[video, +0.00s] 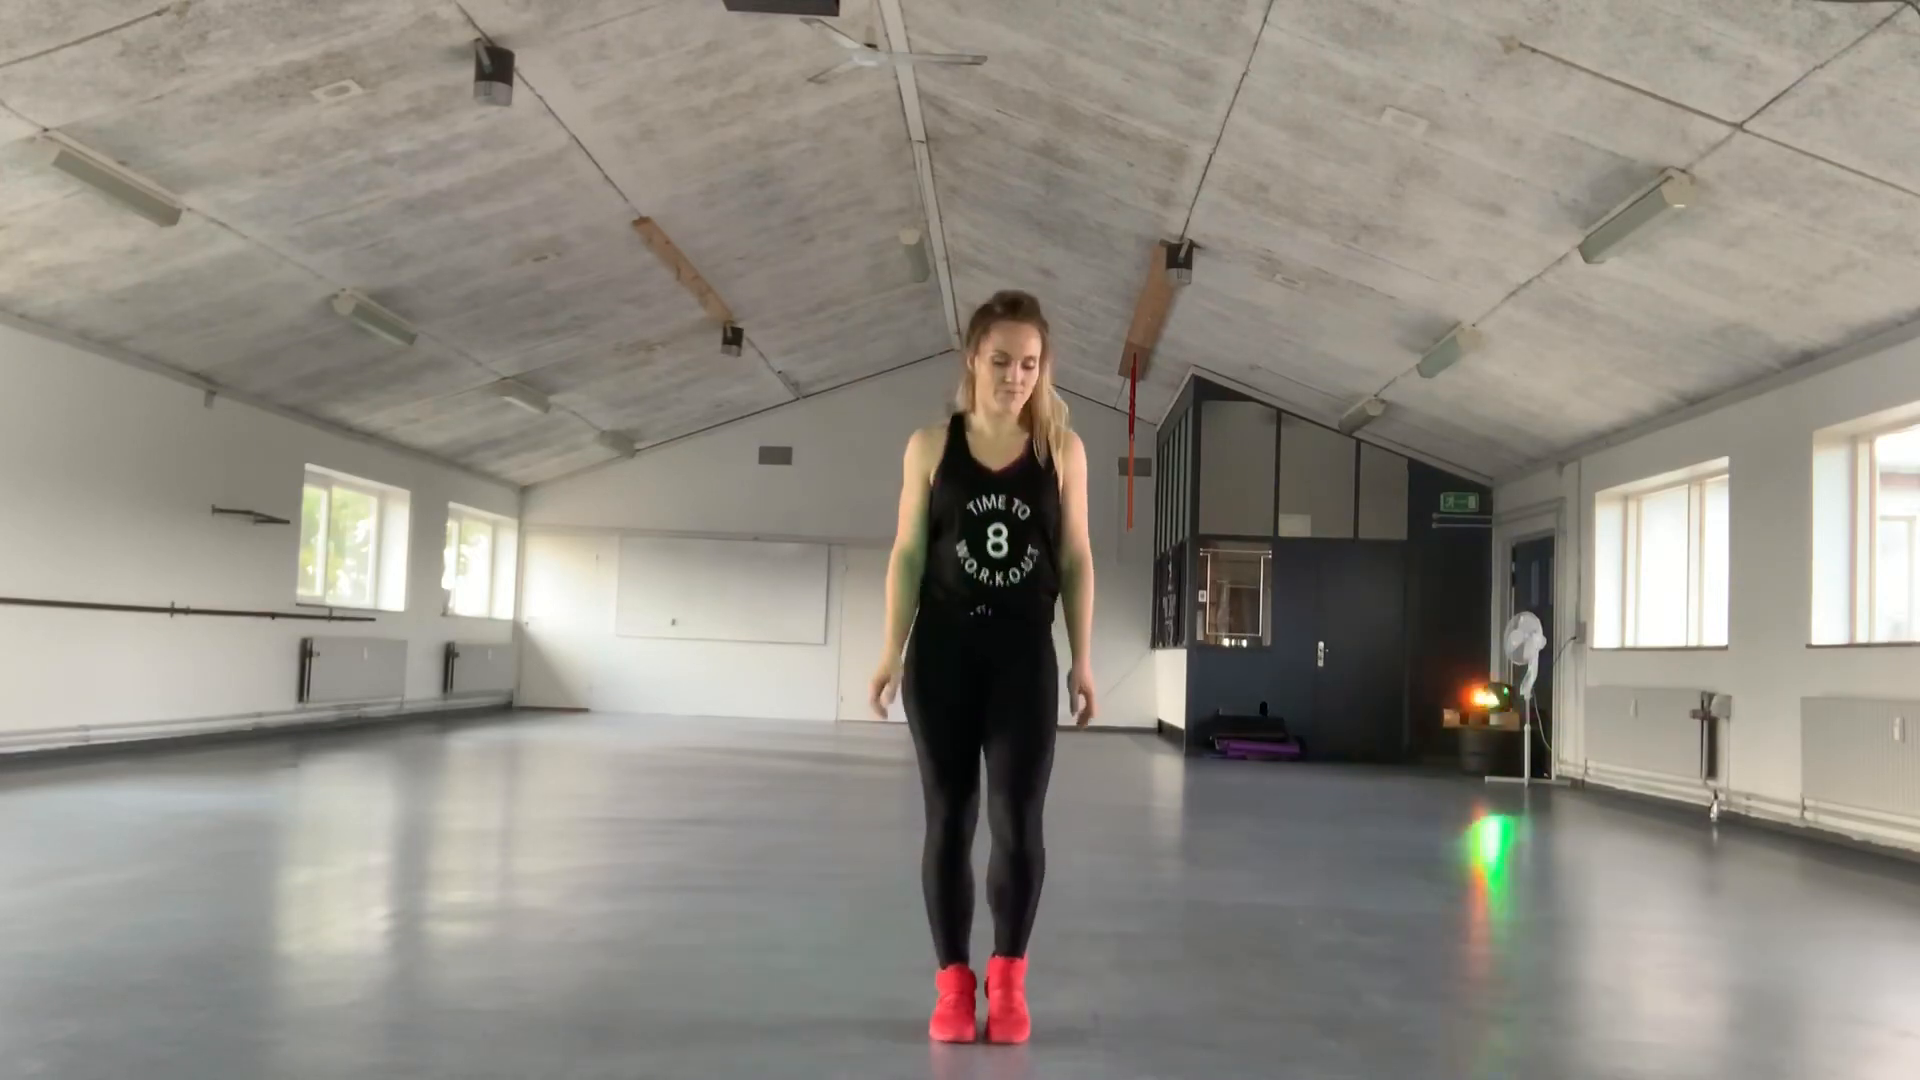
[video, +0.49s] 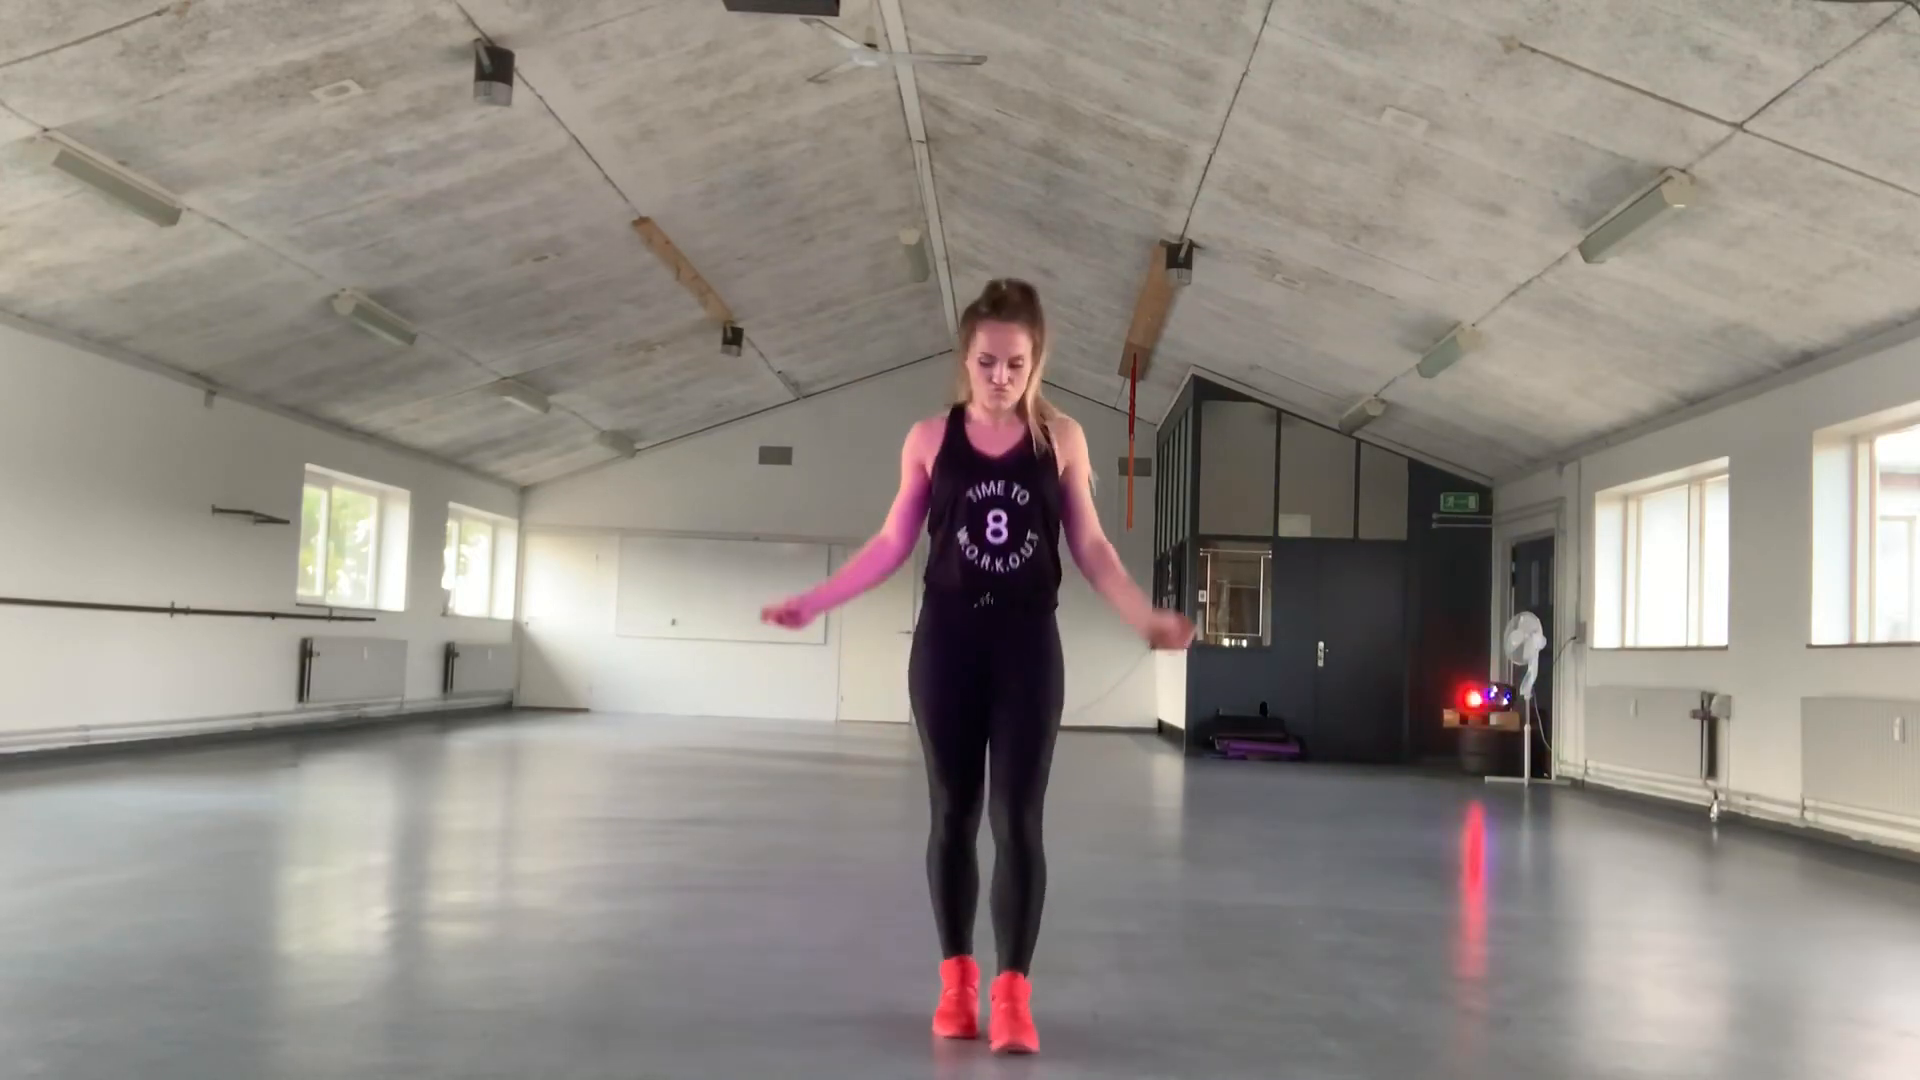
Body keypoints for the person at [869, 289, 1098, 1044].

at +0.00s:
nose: (1015, 374)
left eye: (1029, 361)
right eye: (1001, 357)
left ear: (1043, 369)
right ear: (972, 358)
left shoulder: (1062, 450)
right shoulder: (930, 444)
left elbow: (1077, 559)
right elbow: (908, 553)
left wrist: (1082, 659)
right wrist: (891, 650)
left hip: (1025, 656)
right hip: (941, 653)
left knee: (1017, 822)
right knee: (949, 821)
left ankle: (1007, 975)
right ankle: (953, 979)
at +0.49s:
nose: (1000, 374)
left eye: (1015, 360)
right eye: (988, 358)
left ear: (1035, 364)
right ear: (965, 357)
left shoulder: (1060, 437)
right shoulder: (930, 439)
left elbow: (1092, 550)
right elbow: (891, 546)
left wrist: (1146, 619)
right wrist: (814, 602)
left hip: (1028, 648)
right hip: (946, 646)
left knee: (1017, 813)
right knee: (954, 811)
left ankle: (1013, 985)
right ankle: (958, 974)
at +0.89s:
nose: (1004, 396)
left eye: (1019, 380)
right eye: (993, 380)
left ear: (1052, 378)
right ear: (982, 378)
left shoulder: (1081, 462)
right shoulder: (959, 443)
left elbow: (1120, 569)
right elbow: (887, 509)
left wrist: (1160, 500)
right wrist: (801, 475)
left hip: (1051, 659)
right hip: (971, 655)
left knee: (1037, 823)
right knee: (967, 812)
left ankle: (1016, 976)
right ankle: (954, 960)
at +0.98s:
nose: (1003, 368)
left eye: (1019, 352)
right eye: (993, 351)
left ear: (1056, 351)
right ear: (981, 350)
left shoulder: (1086, 432)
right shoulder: (963, 416)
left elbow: (1130, 540)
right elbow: (889, 485)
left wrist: (1163, 478)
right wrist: (801, 452)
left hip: (1046, 635)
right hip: (964, 629)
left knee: (1032, 803)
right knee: (972, 792)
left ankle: (1017, 970)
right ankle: (957, 965)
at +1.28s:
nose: (1020, 376)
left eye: (1035, 365)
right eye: (1008, 364)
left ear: (1060, 378)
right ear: (991, 375)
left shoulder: (1082, 469)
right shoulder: (958, 451)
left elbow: (1097, 589)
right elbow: (901, 534)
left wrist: (1131, 570)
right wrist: (831, 540)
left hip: (1049, 670)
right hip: (968, 668)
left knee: (1034, 830)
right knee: (964, 828)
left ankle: (1015, 977)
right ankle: (956, 970)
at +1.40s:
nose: (1024, 342)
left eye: (1037, 332)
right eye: (1011, 330)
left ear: (1056, 347)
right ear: (988, 341)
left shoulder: (1081, 437)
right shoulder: (950, 432)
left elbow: (1091, 551)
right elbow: (918, 532)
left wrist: (1091, 642)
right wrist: (875, 608)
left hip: (1042, 642)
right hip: (959, 639)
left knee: (1027, 809)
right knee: (963, 805)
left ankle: (1014, 972)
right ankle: (960, 974)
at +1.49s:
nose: (1021, 336)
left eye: (1034, 326)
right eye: (1008, 324)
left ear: (1051, 342)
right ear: (983, 338)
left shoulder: (1079, 428)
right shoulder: (948, 429)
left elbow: (1086, 542)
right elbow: (922, 536)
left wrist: (1081, 640)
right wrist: (895, 626)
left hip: (1037, 633)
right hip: (953, 630)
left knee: (1023, 806)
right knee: (958, 800)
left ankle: (1012, 970)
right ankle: (956, 970)